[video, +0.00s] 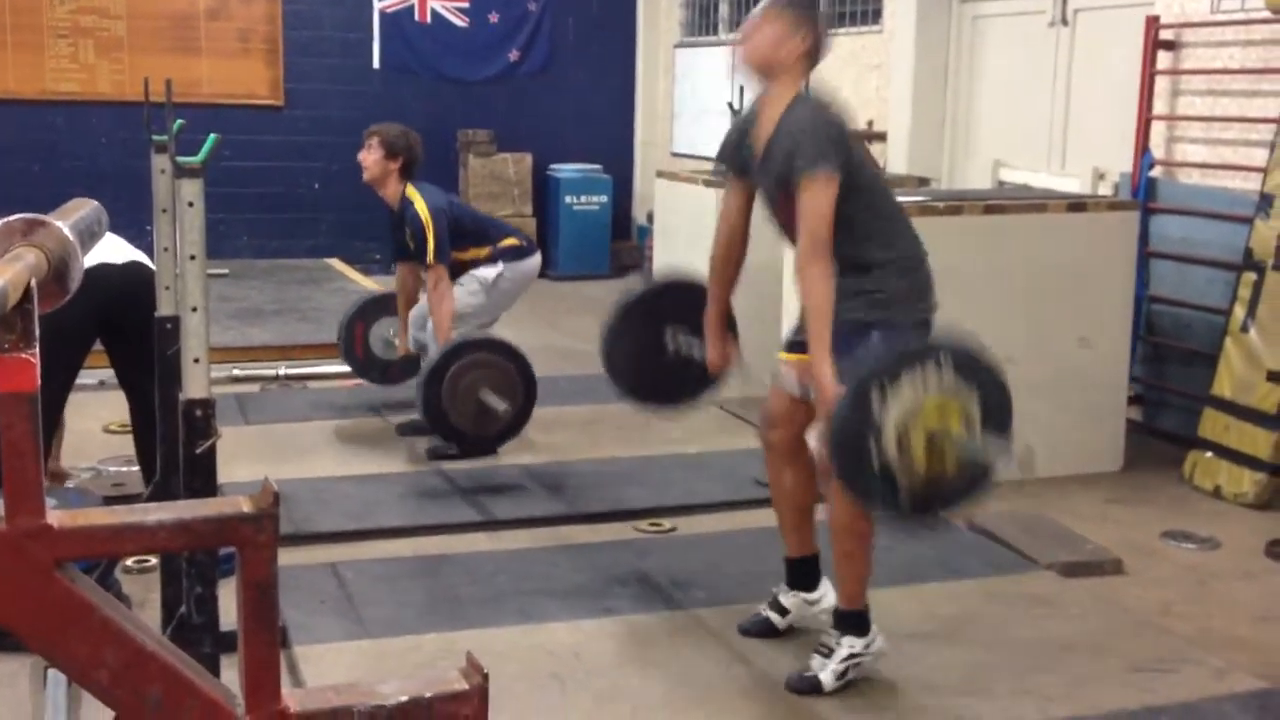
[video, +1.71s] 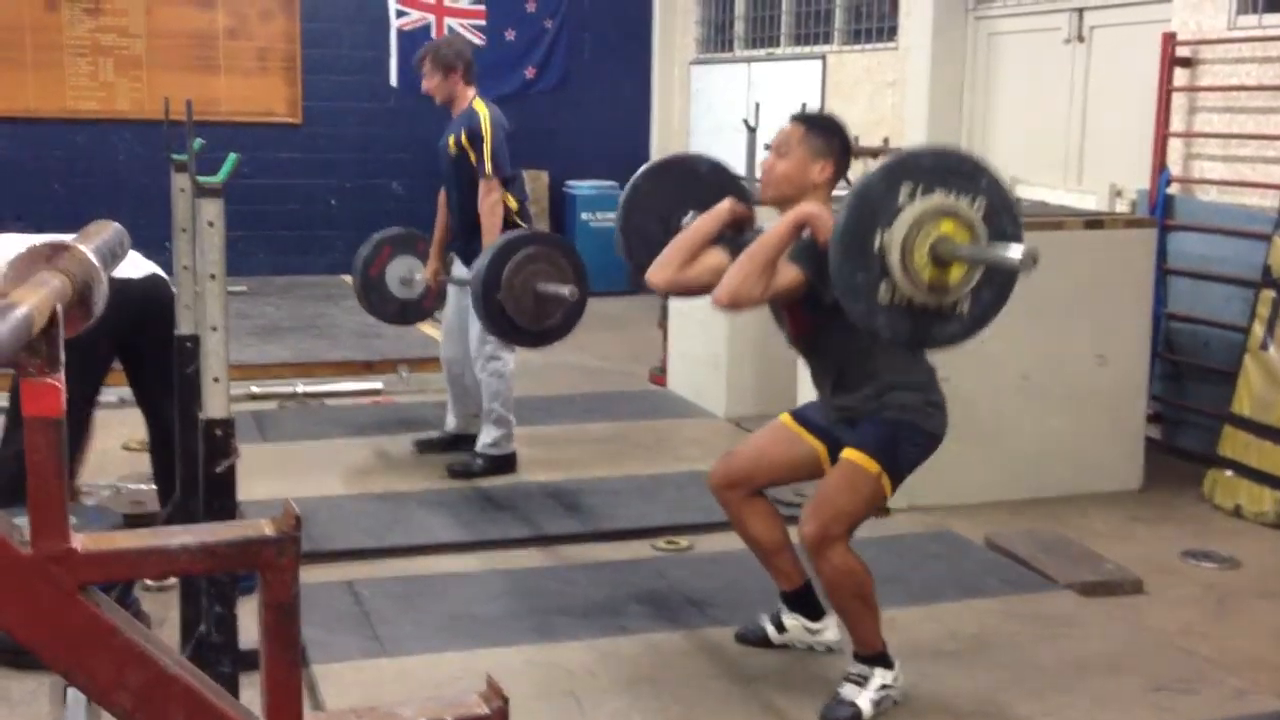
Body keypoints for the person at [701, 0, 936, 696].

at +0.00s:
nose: (745, 27)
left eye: (764, 20)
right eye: (750, 17)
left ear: (799, 44)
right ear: (770, 45)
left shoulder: (812, 126)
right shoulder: (750, 127)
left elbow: (815, 254)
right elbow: (731, 229)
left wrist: (820, 363)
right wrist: (715, 314)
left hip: (888, 304)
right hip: (830, 294)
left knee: (841, 450)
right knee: (781, 423)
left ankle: (855, 630)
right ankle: (803, 588)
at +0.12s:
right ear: (825, 3)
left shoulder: (872, 57)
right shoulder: (798, 60)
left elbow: (866, 168)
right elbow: (755, 154)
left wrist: (821, 267)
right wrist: (711, 238)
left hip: (844, 278)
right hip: (796, 273)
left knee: (829, 440)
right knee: (776, 426)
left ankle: (852, 625)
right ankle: (790, 581)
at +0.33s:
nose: (835, 27)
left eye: (853, 18)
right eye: (839, 16)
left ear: (891, 41)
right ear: (856, 40)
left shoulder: (890, 124)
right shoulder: (830, 120)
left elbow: (885, 233)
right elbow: (803, 219)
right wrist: (743, 186)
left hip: (835, 334)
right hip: (784, 321)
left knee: (779, 499)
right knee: (721, 457)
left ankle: (855, 627)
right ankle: (791, 592)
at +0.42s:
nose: (814, 87)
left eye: (833, 79)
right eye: (820, 76)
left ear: (865, 105)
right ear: (823, 101)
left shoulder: (867, 192)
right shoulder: (791, 190)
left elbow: (823, 305)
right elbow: (737, 286)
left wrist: (821, 218)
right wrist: (717, 212)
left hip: (852, 389)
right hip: (798, 377)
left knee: (775, 529)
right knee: (703, 474)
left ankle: (852, 648)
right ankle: (784, 594)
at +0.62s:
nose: (799, 172)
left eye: (815, 166)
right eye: (806, 163)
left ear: (848, 192)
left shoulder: (837, 265)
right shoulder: (785, 260)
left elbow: (740, 296)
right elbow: (667, 283)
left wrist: (808, 239)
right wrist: (720, 229)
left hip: (875, 448)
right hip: (816, 436)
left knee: (780, 546)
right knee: (696, 488)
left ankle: (860, 655)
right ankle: (788, 602)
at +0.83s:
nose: (799, 263)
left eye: (815, 256)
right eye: (806, 253)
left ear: (852, 281)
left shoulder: (850, 350)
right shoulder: (785, 343)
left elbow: (749, 393)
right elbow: (673, 361)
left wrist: (818, 326)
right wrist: (730, 310)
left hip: (898, 517)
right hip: (829, 496)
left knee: (800, 548)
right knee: (706, 491)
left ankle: (869, 660)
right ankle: (798, 607)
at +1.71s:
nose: (763, 162)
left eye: (778, 153)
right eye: (768, 151)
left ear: (821, 171)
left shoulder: (831, 242)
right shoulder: (777, 243)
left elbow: (731, 295)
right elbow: (662, 277)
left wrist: (797, 215)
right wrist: (727, 210)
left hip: (902, 408)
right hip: (840, 404)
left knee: (820, 531)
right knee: (729, 477)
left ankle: (876, 667)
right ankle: (806, 616)